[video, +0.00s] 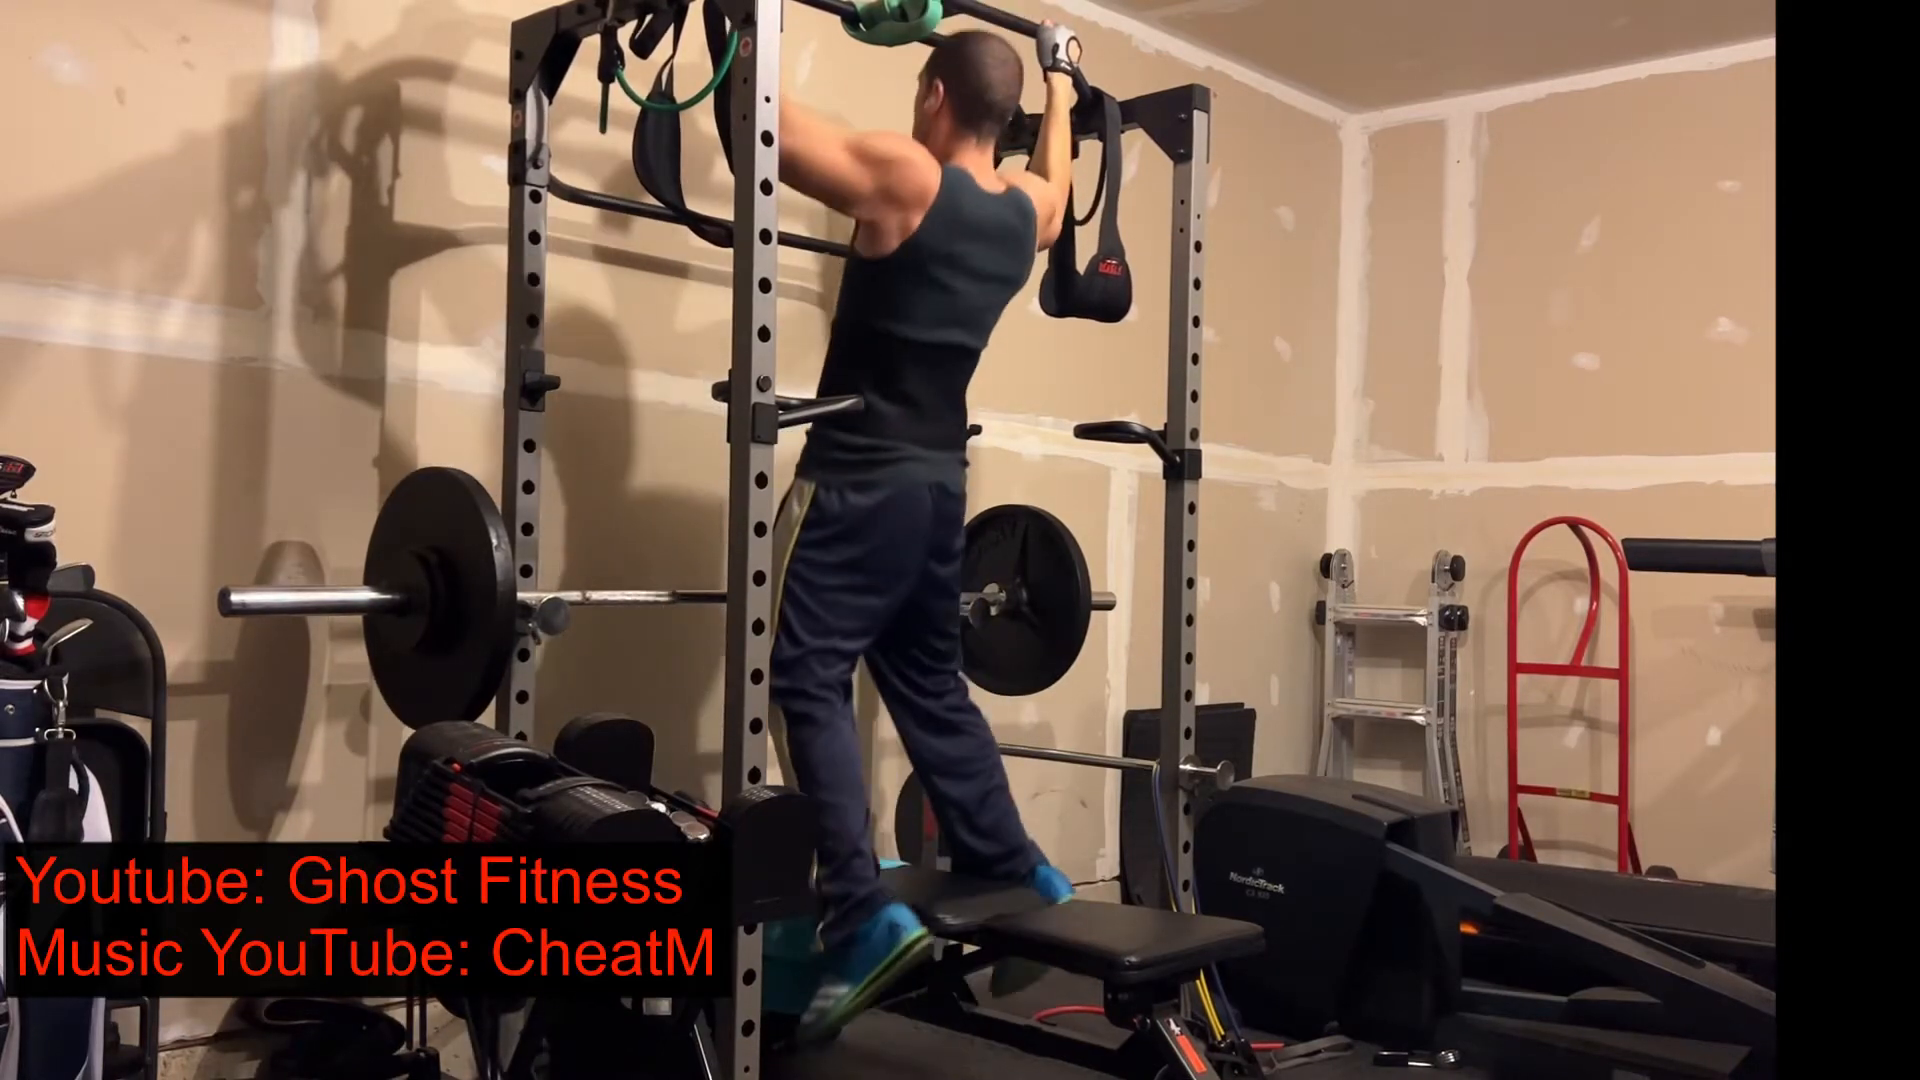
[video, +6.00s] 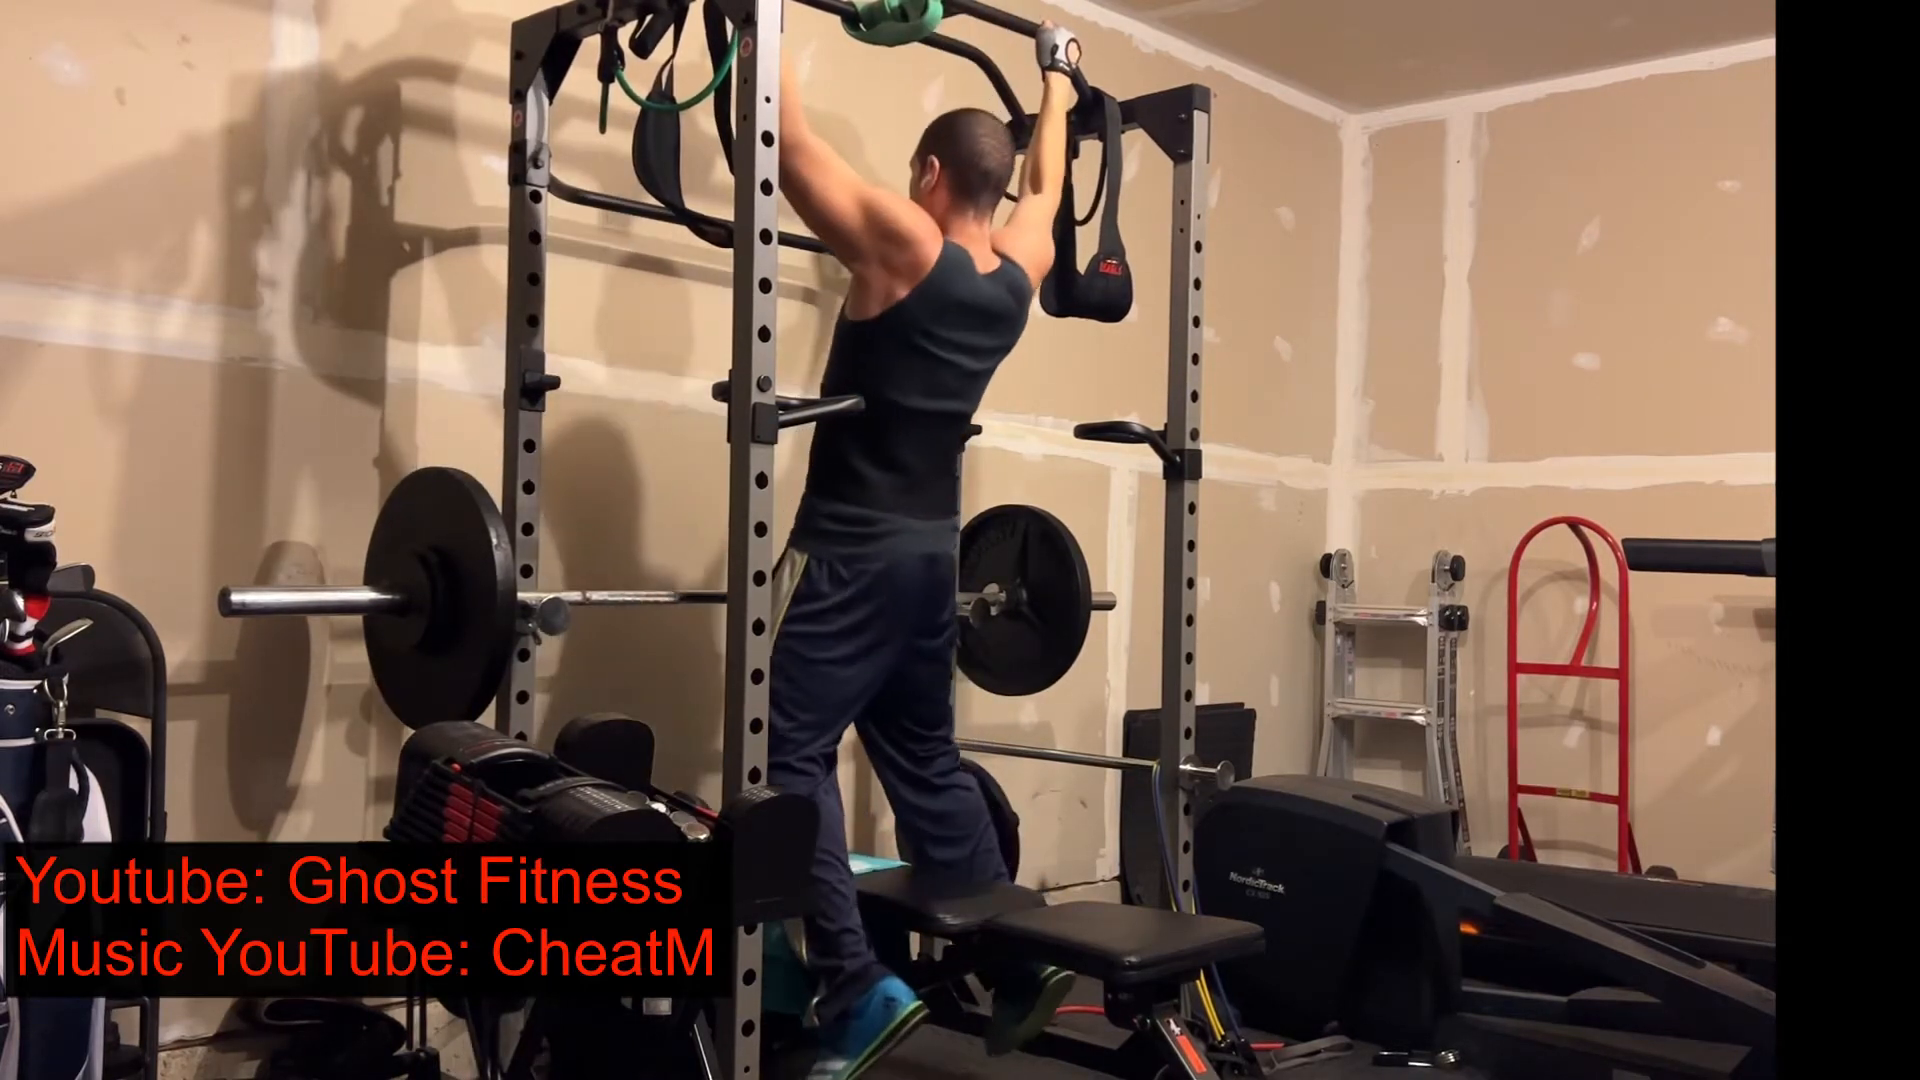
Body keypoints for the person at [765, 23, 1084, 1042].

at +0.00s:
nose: (914, 98)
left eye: (921, 84)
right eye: (923, 86)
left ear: (938, 98)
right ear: (1009, 118)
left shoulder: (902, 170)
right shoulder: (1024, 212)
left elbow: (767, 124)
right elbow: (1056, 185)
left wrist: (746, 30)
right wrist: (1061, 104)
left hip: (868, 480)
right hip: (938, 484)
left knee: (811, 681)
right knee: (931, 688)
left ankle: (862, 909)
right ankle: (1012, 871)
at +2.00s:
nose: (922, 136)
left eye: (929, 124)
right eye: (931, 125)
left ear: (948, 131)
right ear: (1011, 148)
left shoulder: (910, 199)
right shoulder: (1031, 243)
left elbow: (788, 138)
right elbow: (1051, 186)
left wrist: (770, 21)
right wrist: (1057, 107)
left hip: (868, 520)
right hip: (943, 524)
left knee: (804, 723)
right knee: (929, 731)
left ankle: (837, 962)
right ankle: (999, 936)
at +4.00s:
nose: (920, 17)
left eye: (927, 6)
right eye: (926, 7)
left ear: (947, 13)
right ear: (1013, 30)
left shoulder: (906, 86)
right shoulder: (1033, 130)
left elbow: (769, 117)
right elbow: (1056, 207)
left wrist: (748, 22)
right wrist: (1058, 95)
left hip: (861, 389)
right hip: (941, 400)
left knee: (799, 593)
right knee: (928, 608)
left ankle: (842, 820)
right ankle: (1002, 809)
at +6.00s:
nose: (908, 171)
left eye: (916, 159)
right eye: (920, 161)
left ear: (932, 169)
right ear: (1003, 190)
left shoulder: (900, 238)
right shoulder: (1016, 275)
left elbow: (791, 140)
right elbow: (1044, 188)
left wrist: (769, 25)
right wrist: (1058, 102)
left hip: (855, 544)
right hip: (931, 547)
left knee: (796, 753)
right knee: (924, 757)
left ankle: (849, 976)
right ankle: (1005, 960)